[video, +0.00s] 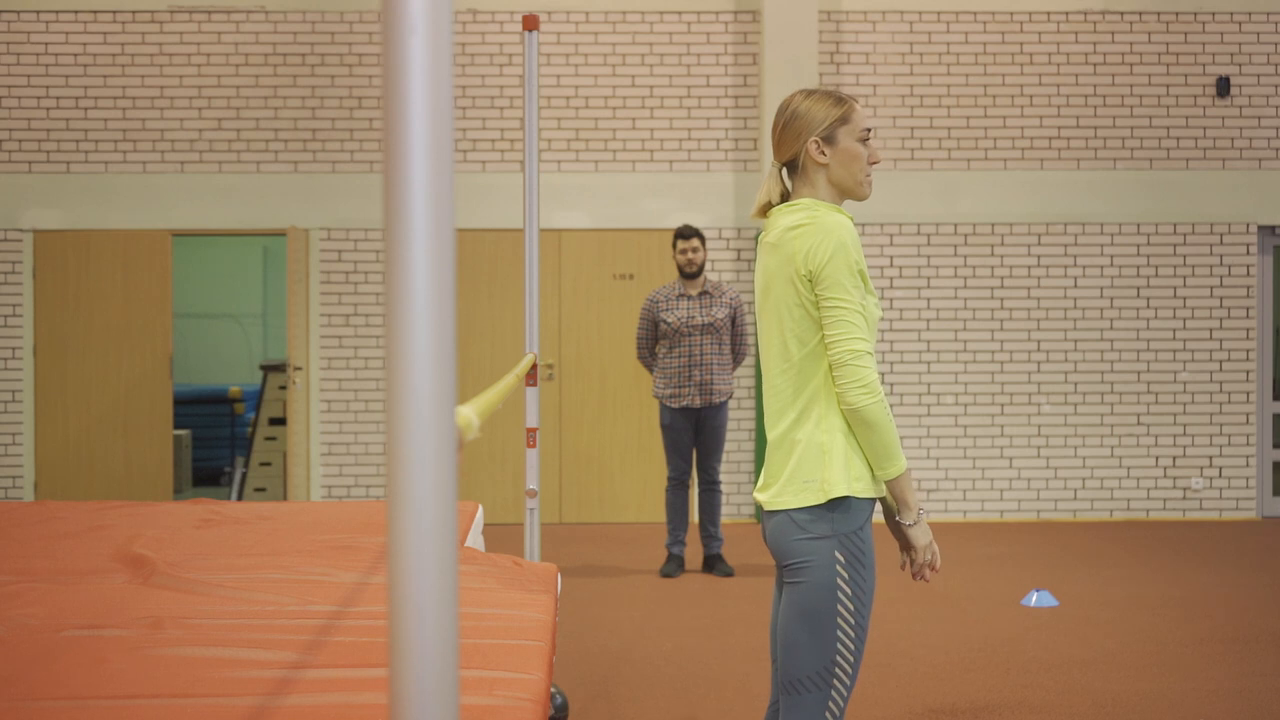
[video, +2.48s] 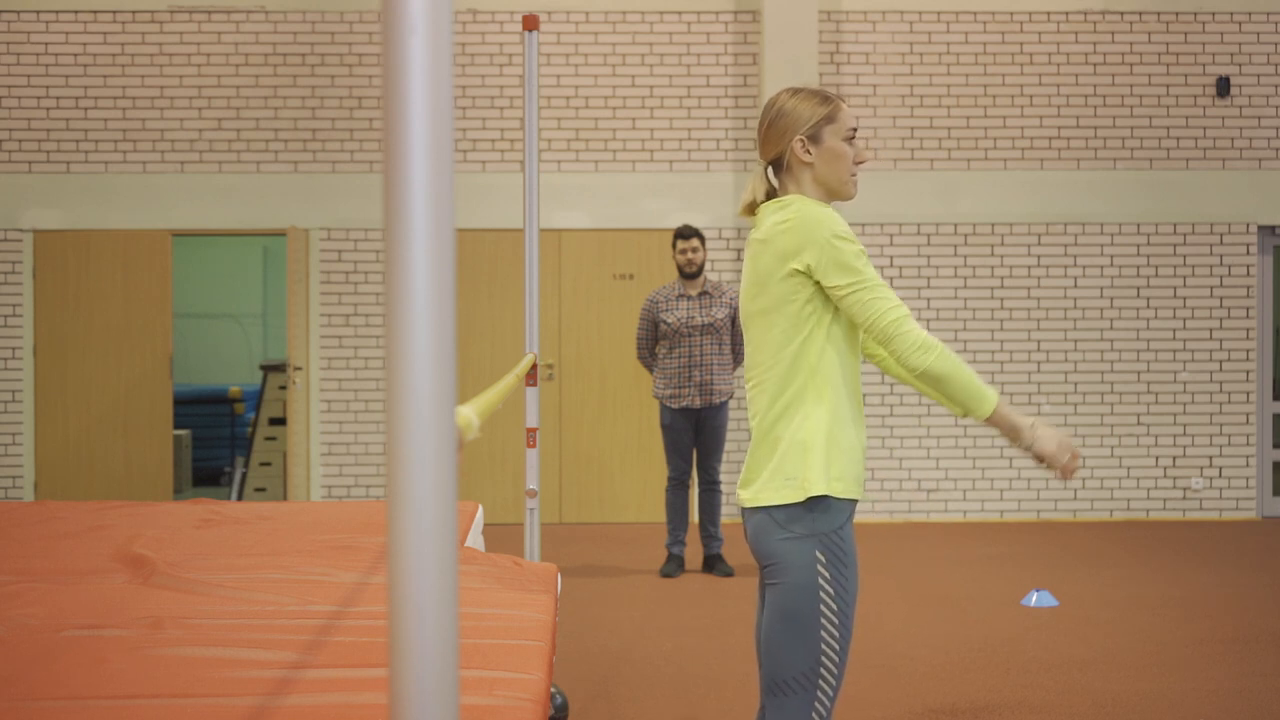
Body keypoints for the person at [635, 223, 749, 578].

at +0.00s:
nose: (689, 256)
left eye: (695, 250)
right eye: (682, 251)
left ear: (705, 253)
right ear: (674, 256)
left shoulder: (728, 296)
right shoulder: (658, 299)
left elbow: (741, 347)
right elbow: (644, 350)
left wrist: (718, 372)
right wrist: (669, 376)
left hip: (715, 402)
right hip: (674, 402)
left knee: (710, 478)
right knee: (678, 477)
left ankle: (713, 553)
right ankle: (675, 553)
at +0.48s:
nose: (689, 256)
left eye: (695, 250)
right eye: (682, 251)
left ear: (705, 254)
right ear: (674, 256)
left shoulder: (728, 296)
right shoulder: (659, 299)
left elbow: (741, 348)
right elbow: (644, 350)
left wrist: (718, 372)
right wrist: (669, 375)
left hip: (715, 401)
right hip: (674, 402)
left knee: (710, 478)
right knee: (678, 477)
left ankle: (713, 552)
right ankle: (675, 553)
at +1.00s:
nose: (689, 256)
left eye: (695, 250)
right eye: (682, 251)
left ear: (705, 253)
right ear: (674, 256)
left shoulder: (728, 297)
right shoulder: (658, 300)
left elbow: (741, 347)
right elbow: (644, 350)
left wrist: (718, 372)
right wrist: (669, 376)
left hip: (715, 401)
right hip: (674, 402)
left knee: (710, 478)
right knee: (678, 477)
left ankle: (713, 552)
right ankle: (675, 553)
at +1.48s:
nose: (689, 256)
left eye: (695, 250)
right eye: (682, 251)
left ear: (705, 253)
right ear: (674, 256)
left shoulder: (728, 297)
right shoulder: (658, 300)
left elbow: (741, 347)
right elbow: (644, 350)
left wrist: (718, 372)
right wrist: (669, 375)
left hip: (715, 402)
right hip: (674, 402)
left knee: (710, 478)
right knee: (678, 477)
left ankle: (713, 553)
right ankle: (675, 553)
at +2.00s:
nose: (689, 256)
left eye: (695, 250)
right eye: (682, 251)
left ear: (705, 254)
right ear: (674, 256)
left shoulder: (728, 297)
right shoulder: (658, 300)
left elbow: (741, 347)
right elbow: (644, 350)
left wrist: (718, 372)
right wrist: (669, 376)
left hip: (715, 402)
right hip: (674, 402)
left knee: (710, 478)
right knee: (678, 477)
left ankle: (713, 552)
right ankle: (675, 553)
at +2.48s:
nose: (689, 256)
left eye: (695, 250)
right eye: (682, 251)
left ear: (705, 254)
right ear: (674, 256)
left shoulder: (727, 297)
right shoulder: (659, 300)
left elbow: (738, 348)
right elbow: (644, 350)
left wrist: (718, 372)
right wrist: (668, 376)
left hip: (715, 402)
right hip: (675, 403)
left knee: (710, 478)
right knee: (678, 477)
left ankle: (713, 552)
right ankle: (675, 552)